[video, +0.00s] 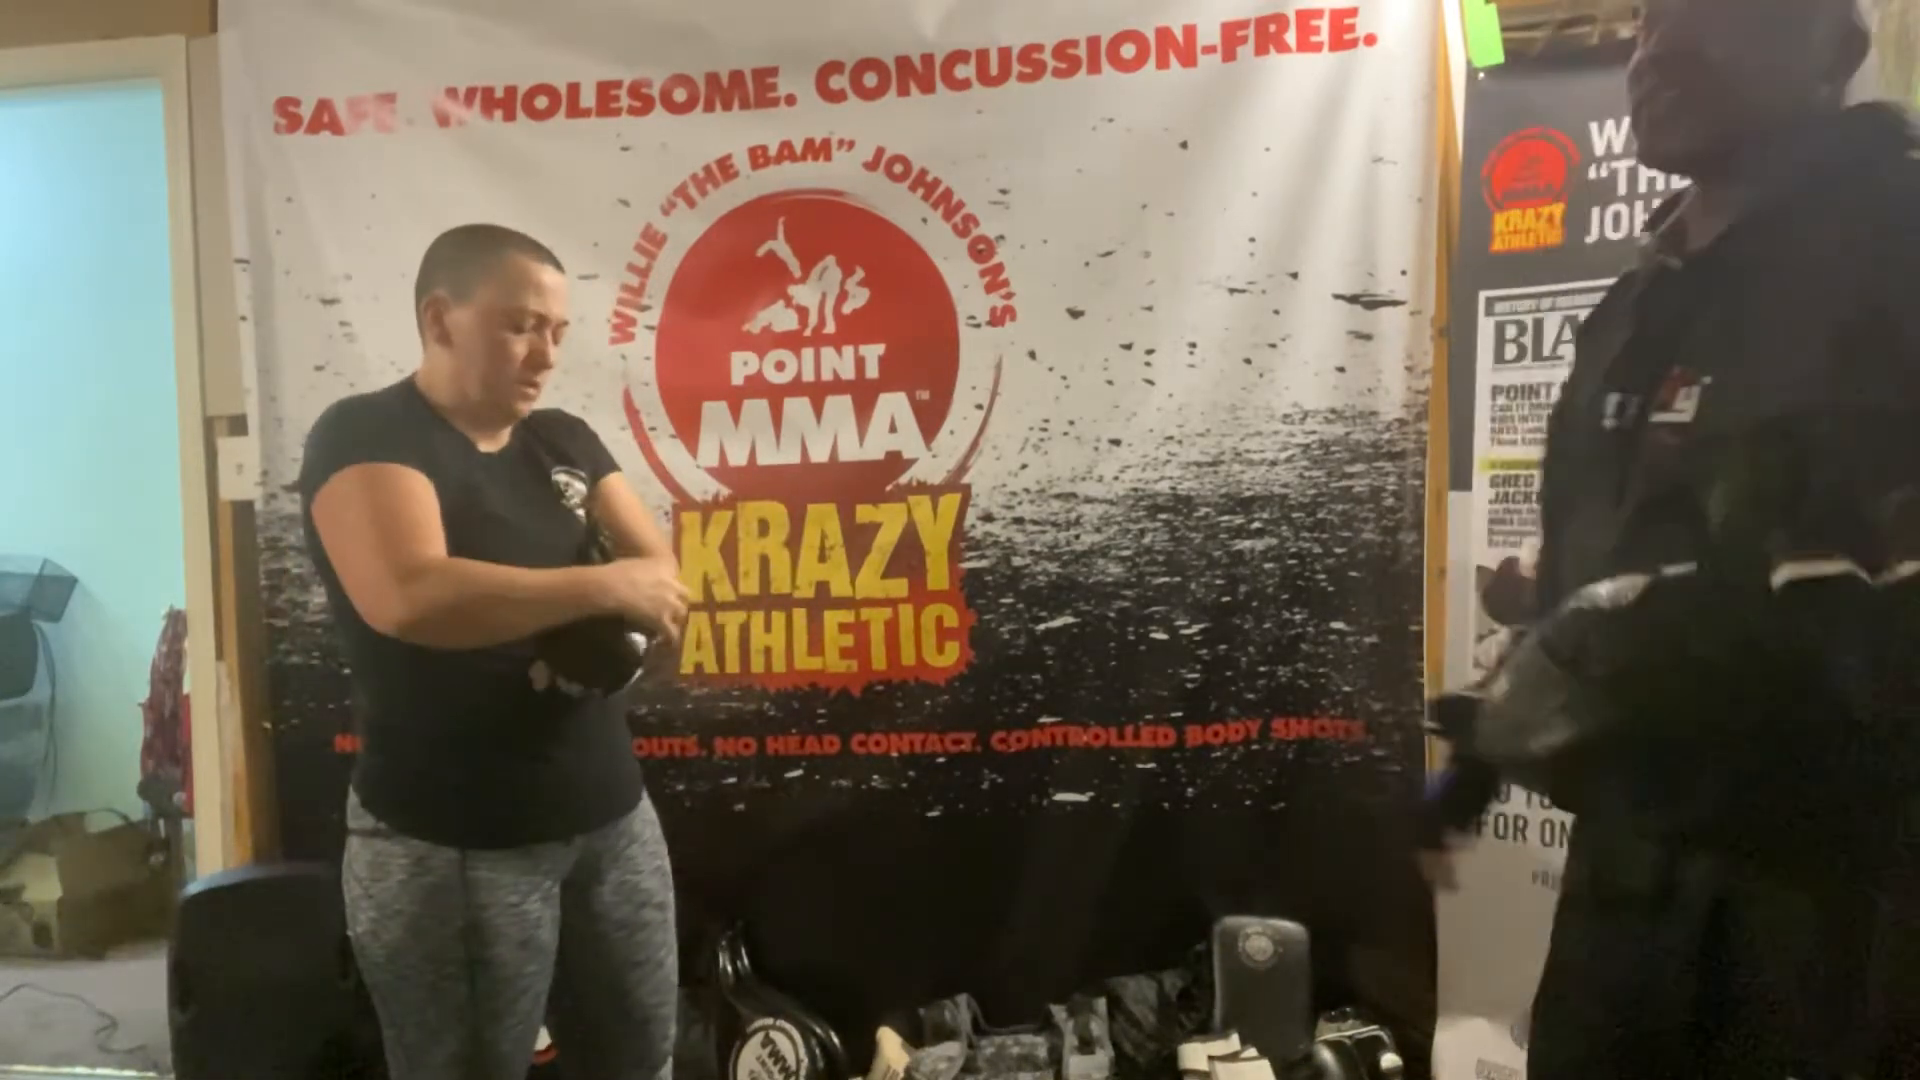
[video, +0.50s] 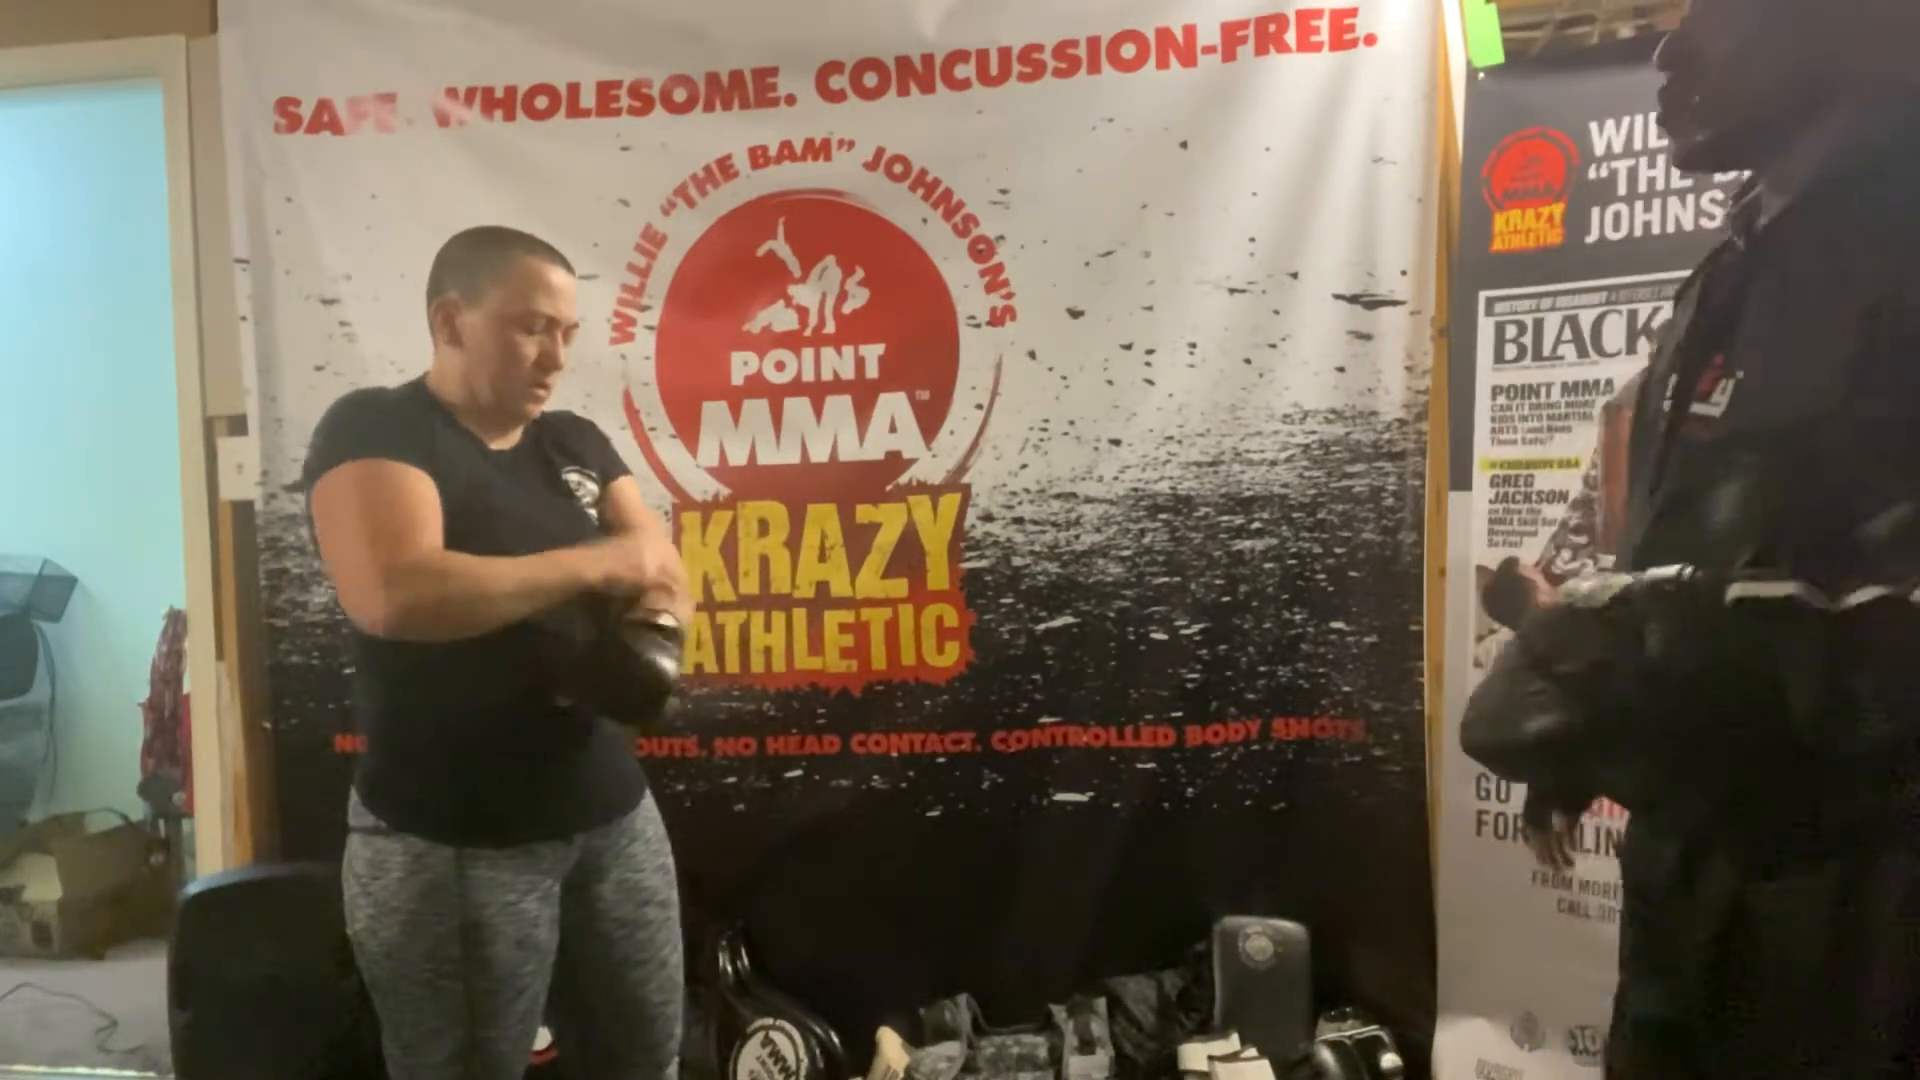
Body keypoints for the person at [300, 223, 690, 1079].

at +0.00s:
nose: (545, 353)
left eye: (555, 331)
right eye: (523, 325)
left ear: (563, 334)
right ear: (440, 316)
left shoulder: (561, 440)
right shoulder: (363, 436)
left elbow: (656, 562)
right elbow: (405, 594)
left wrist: (616, 628)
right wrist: (607, 586)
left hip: (609, 826)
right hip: (449, 851)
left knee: (636, 1064)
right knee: (467, 1067)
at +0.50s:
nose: (554, 356)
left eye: (564, 333)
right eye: (533, 327)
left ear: (570, 337)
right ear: (450, 318)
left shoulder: (573, 443)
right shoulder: (370, 430)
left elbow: (659, 565)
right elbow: (392, 594)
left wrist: (651, 633)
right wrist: (598, 561)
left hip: (611, 825)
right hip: (450, 850)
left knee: (641, 1063)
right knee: (467, 1066)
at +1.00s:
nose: (619, 356)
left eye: (630, 334)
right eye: (600, 329)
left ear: (639, 338)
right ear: (521, 319)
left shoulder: (641, 451)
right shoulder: (437, 433)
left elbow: (705, 583)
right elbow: (455, 611)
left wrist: (757, 646)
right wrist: (643, 591)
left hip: (662, 826)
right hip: (498, 842)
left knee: (654, 1066)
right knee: (498, 1068)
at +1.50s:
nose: (668, 367)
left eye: (680, 346)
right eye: (648, 339)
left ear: (687, 345)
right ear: (574, 325)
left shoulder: (682, 453)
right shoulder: (487, 427)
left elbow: (748, 591)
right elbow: (477, 602)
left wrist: (807, 638)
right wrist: (679, 638)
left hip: (690, 822)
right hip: (532, 831)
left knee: (667, 1065)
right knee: (520, 1066)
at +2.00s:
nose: (642, 362)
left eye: (652, 339)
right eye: (620, 333)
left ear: (657, 336)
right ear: (542, 323)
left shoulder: (654, 443)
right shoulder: (454, 423)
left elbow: (697, 589)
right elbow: (441, 608)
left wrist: (749, 620)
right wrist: (631, 635)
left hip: (673, 827)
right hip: (511, 840)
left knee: (656, 1065)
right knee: (500, 1067)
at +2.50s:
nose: (621, 356)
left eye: (629, 333)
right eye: (602, 329)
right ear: (516, 319)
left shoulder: (619, 448)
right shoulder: (420, 430)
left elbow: (638, 612)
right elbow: (363, 611)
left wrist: (701, 616)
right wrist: (553, 576)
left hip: (650, 832)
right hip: (490, 850)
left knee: (643, 1066)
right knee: (482, 1069)